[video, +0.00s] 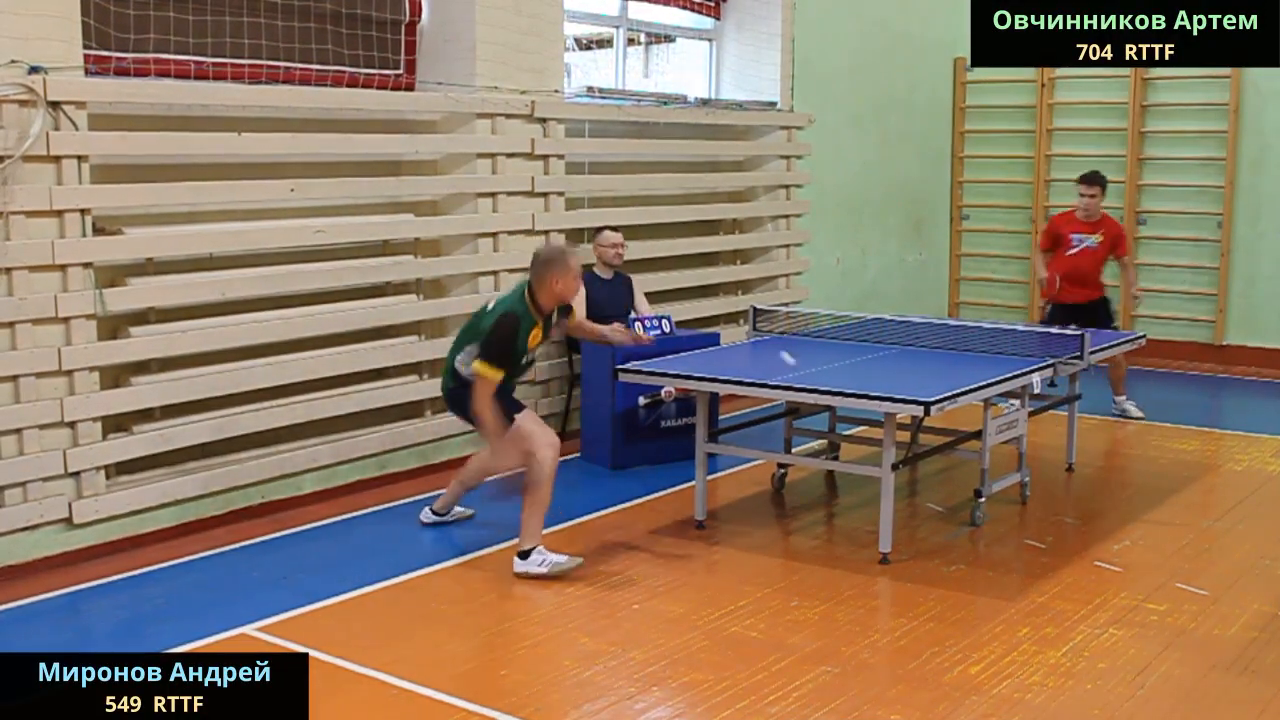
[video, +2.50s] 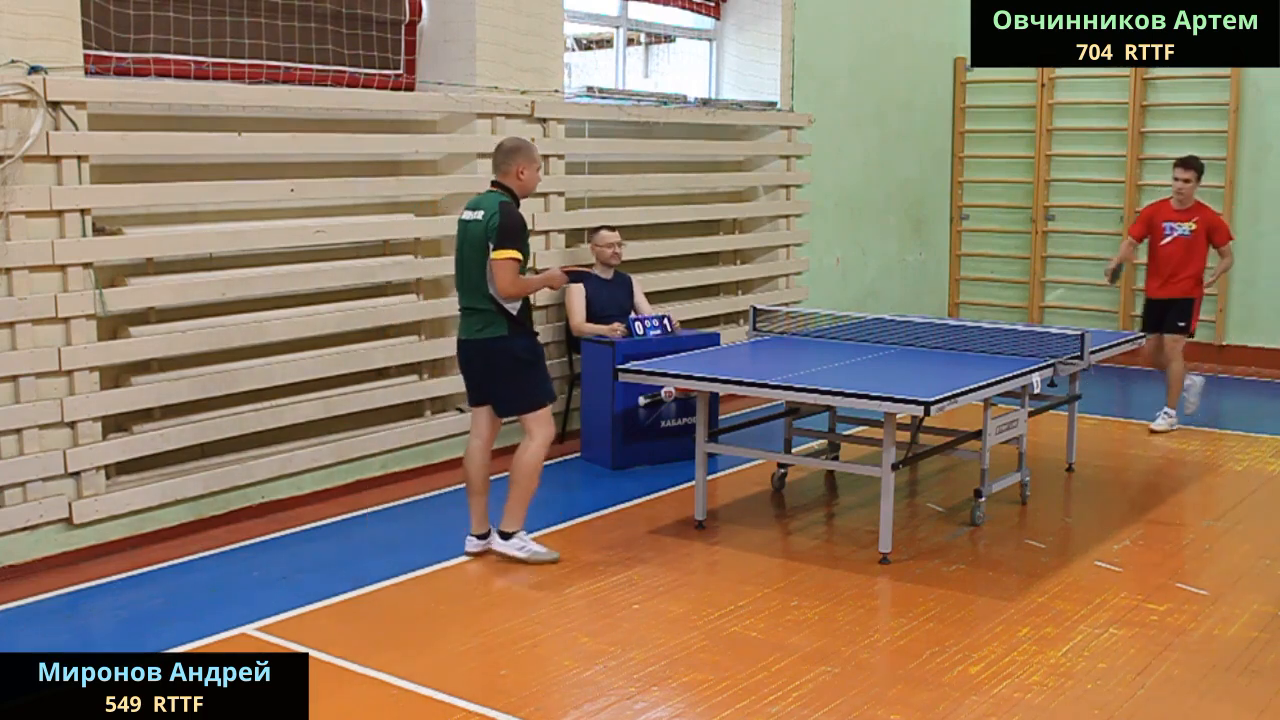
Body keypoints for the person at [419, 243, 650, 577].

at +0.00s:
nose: (580, 282)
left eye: (579, 275)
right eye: (576, 276)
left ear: (555, 282)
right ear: (556, 283)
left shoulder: (553, 302)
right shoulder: (512, 320)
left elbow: (571, 326)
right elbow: (481, 394)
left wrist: (609, 334)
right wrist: (499, 446)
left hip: (491, 383)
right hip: (466, 390)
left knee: (508, 450)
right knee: (546, 445)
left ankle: (441, 507)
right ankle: (529, 551)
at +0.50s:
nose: (546, 242)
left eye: (542, 239)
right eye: (540, 238)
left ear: (503, 256)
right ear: (532, 250)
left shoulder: (489, 294)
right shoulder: (525, 285)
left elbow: (457, 338)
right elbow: (564, 218)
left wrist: (434, 362)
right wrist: (547, 196)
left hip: (458, 411)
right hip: (492, 415)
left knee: (485, 445)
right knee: (585, 458)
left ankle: (455, 507)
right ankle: (539, 552)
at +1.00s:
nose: (479, 207)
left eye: (478, 200)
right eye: (475, 200)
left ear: (439, 206)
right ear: (456, 203)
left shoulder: (409, 241)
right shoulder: (460, 232)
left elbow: (386, 308)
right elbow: (521, 227)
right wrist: (542, 194)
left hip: (391, 364)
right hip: (436, 363)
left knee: (400, 446)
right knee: (497, 448)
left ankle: (366, 541)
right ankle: (523, 555)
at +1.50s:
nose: (493, 179)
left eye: (492, 171)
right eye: (489, 172)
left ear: (456, 176)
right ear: (471, 176)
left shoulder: (424, 215)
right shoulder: (459, 224)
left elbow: (427, 289)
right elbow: (450, 297)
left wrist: (484, 299)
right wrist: (494, 301)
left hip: (411, 350)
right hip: (448, 354)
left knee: (405, 436)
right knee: (469, 450)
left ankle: (371, 534)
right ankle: (443, 558)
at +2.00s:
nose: (519, 179)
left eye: (519, 171)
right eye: (517, 172)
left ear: (478, 175)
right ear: (503, 175)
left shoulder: (444, 212)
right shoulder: (496, 226)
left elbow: (422, 282)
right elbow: (503, 301)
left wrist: (422, 336)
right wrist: (533, 289)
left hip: (443, 346)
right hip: (477, 351)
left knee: (476, 439)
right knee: (469, 450)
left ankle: (479, 531)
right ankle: (443, 557)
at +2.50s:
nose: (538, 176)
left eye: (537, 169)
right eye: (536, 169)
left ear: (500, 170)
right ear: (520, 171)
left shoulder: (474, 207)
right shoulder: (507, 213)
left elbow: (479, 279)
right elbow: (506, 285)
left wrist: (528, 279)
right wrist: (545, 280)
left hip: (472, 341)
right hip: (507, 341)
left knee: (481, 431)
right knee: (541, 431)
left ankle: (479, 533)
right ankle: (511, 532)